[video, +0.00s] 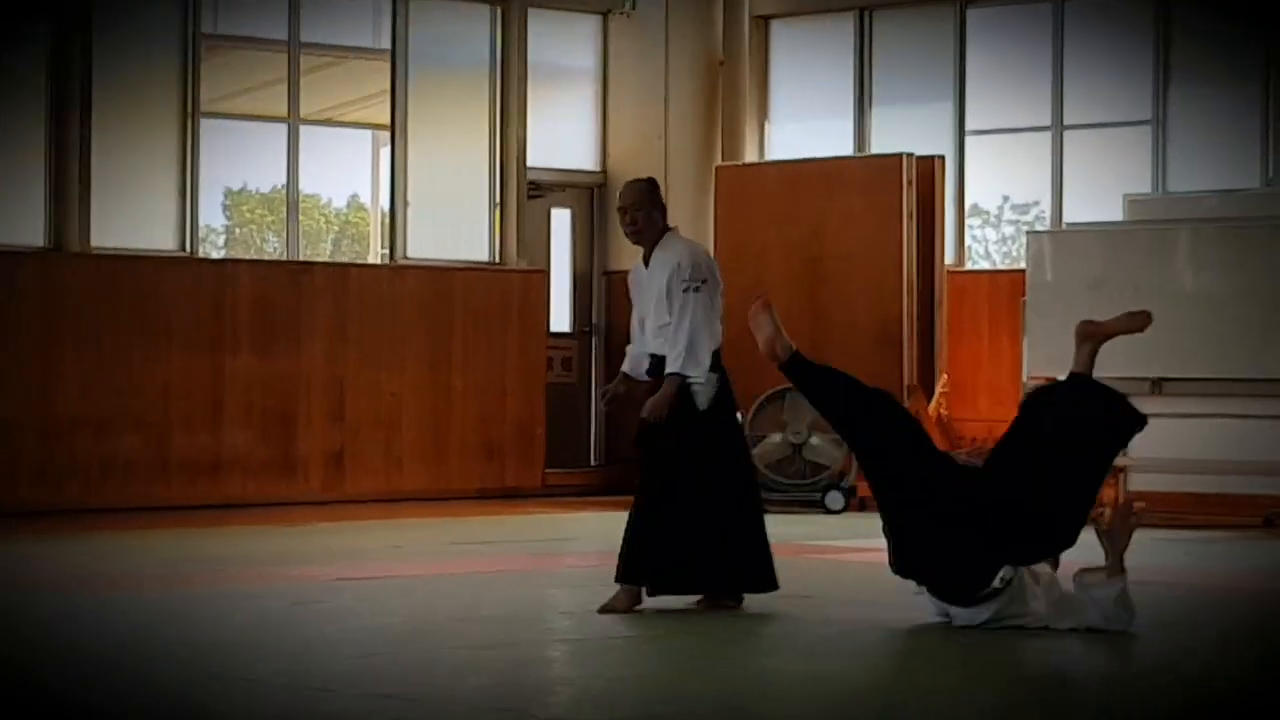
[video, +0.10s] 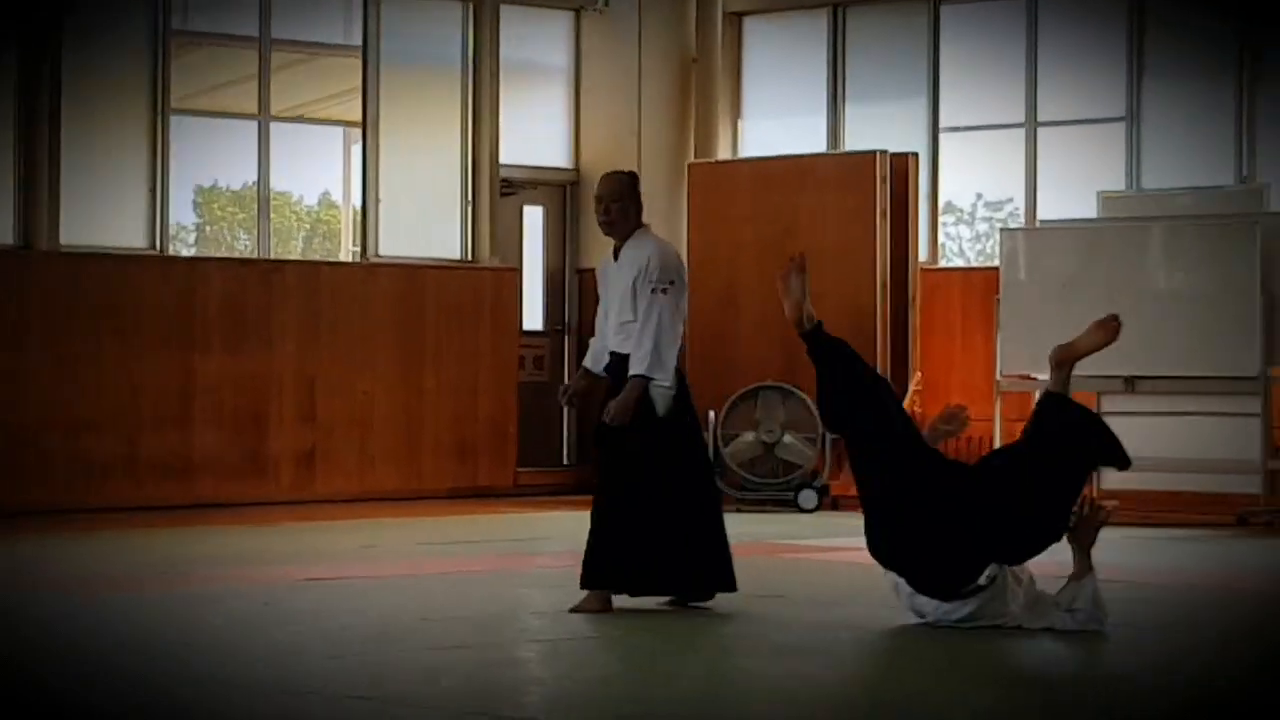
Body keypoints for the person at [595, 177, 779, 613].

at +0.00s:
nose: (629, 220)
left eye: (638, 211)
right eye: (623, 213)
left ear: (661, 212)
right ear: (619, 220)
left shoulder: (688, 258)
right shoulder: (639, 272)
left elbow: (695, 332)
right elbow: (642, 336)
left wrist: (668, 389)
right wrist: (624, 379)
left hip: (697, 385)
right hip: (665, 387)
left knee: (652, 486)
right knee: (710, 488)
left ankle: (630, 584)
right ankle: (725, 586)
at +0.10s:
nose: (605, 211)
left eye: (615, 203)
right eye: (600, 203)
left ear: (637, 206)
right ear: (595, 209)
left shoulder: (657, 256)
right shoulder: (611, 265)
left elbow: (658, 331)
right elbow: (606, 333)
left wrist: (633, 391)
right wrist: (584, 376)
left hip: (653, 382)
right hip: (624, 382)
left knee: (614, 486)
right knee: (676, 484)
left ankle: (601, 589)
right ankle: (693, 580)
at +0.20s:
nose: (561, 201)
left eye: (571, 194)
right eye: (556, 194)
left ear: (593, 200)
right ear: (550, 200)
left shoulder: (607, 254)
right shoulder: (551, 259)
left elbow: (598, 328)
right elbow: (545, 324)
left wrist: (573, 390)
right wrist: (532, 374)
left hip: (590, 376)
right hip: (556, 375)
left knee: (553, 481)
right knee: (606, 479)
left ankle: (551, 588)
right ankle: (629, 575)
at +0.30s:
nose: (519, 198)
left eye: (529, 191)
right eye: (514, 189)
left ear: (549, 199)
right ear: (506, 195)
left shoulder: (559, 256)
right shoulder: (493, 257)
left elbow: (556, 331)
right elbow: (484, 322)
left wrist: (526, 389)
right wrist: (478, 385)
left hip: (535, 373)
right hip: (496, 372)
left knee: (524, 476)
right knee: (506, 473)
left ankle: (519, 583)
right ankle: (561, 556)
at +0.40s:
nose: (488, 196)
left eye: (497, 189)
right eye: (481, 188)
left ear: (511, 197)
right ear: (468, 194)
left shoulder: (520, 255)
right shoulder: (450, 252)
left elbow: (522, 330)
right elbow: (434, 313)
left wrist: (493, 386)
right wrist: (422, 370)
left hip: (491, 372)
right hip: (448, 368)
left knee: (482, 477)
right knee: (447, 474)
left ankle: (479, 585)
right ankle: (461, 582)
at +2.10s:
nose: (529, 190)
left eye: (530, 183)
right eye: (517, 184)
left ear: (533, 191)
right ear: (489, 194)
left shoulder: (538, 254)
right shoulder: (477, 255)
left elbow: (559, 322)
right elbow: (476, 334)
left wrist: (573, 391)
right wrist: (491, 406)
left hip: (546, 381)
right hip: (501, 383)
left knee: (559, 491)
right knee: (487, 490)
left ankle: (558, 606)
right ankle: (458, 589)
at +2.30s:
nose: (531, 198)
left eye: (529, 189)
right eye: (519, 190)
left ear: (519, 198)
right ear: (489, 201)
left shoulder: (531, 263)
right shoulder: (479, 260)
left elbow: (556, 324)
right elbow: (491, 322)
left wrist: (578, 383)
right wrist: (543, 343)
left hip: (536, 382)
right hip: (503, 386)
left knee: (556, 489)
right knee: (505, 491)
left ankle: (557, 602)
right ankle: (449, 581)